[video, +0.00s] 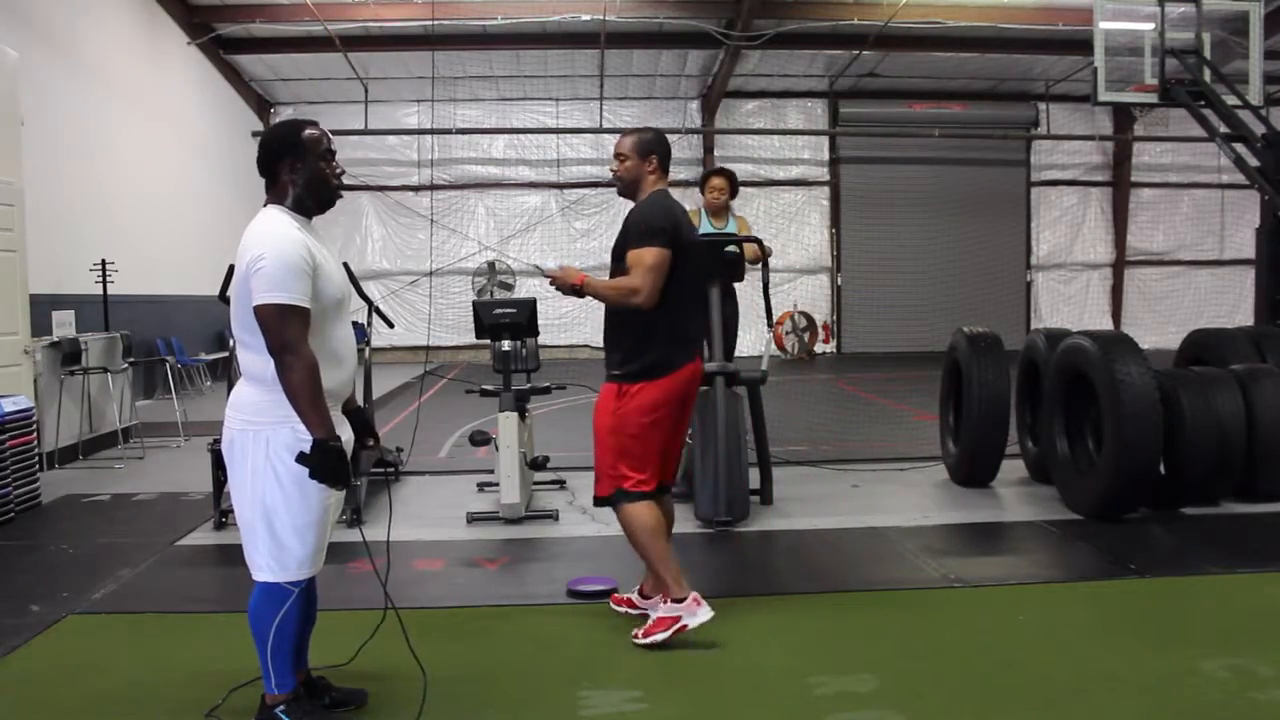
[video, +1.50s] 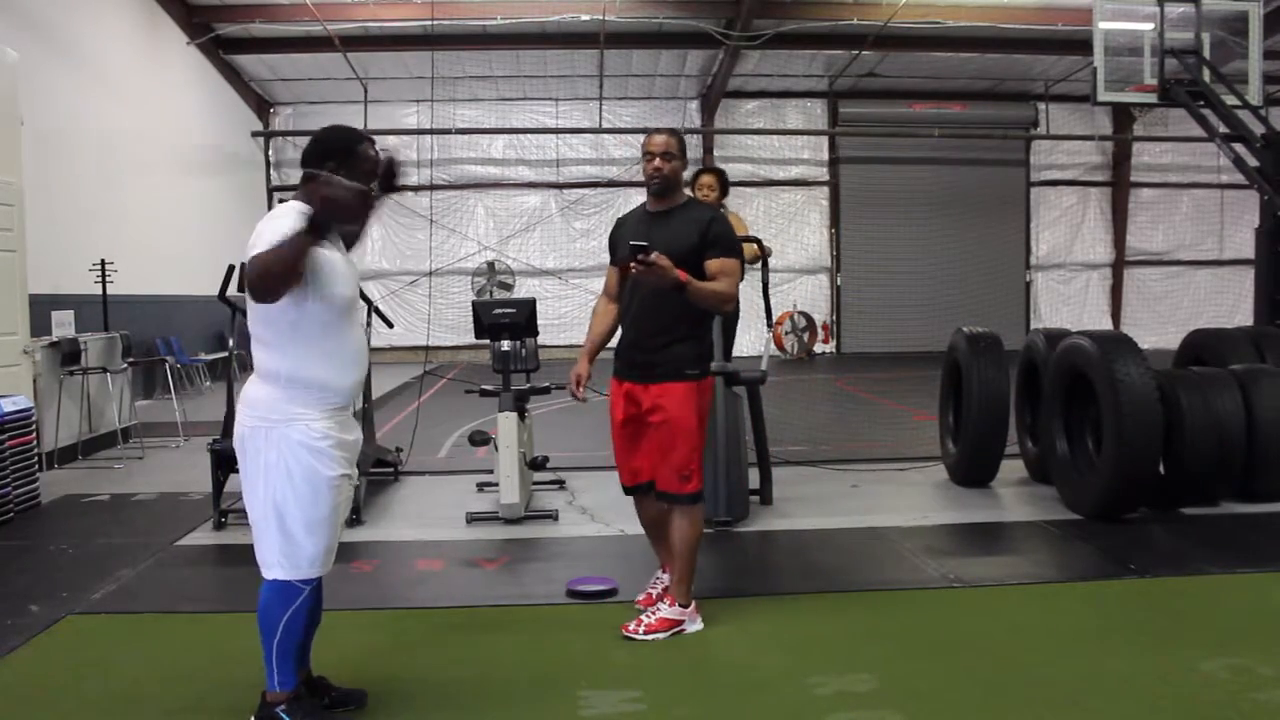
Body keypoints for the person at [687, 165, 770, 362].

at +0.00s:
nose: (716, 196)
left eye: (722, 191)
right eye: (711, 191)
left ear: (731, 196)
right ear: (703, 194)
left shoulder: (739, 222)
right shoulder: (692, 219)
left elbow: (750, 255)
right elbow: (681, 248)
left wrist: (760, 253)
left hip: (725, 287)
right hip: (695, 287)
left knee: (725, 347)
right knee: (693, 344)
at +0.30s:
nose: (701, 198)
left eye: (708, 193)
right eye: (697, 193)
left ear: (719, 196)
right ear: (691, 196)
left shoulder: (731, 221)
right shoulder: (687, 223)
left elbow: (751, 253)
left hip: (724, 292)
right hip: (693, 295)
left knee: (720, 355)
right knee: (691, 355)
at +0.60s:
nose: (687, 199)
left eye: (693, 193)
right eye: (683, 194)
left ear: (706, 196)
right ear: (677, 196)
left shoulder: (720, 221)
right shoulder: (673, 224)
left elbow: (750, 250)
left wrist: (716, 255)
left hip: (715, 293)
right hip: (684, 295)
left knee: (726, 354)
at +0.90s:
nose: (702, 195)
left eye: (709, 190)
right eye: (697, 189)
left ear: (717, 194)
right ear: (688, 190)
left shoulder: (727, 220)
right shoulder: (678, 221)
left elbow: (740, 252)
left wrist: (756, 251)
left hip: (721, 295)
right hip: (687, 297)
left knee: (726, 356)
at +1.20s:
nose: (719, 197)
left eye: (726, 193)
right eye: (713, 192)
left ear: (733, 197)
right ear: (704, 194)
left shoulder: (739, 225)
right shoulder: (693, 223)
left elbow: (751, 253)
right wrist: (756, 250)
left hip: (727, 295)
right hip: (695, 296)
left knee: (725, 355)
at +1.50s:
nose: (705, 194)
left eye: (711, 189)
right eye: (700, 189)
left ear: (722, 194)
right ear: (693, 191)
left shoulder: (731, 219)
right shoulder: (685, 219)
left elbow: (748, 251)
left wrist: (759, 251)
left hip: (723, 297)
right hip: (690, 297)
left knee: (720, 359)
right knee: (694, 360)